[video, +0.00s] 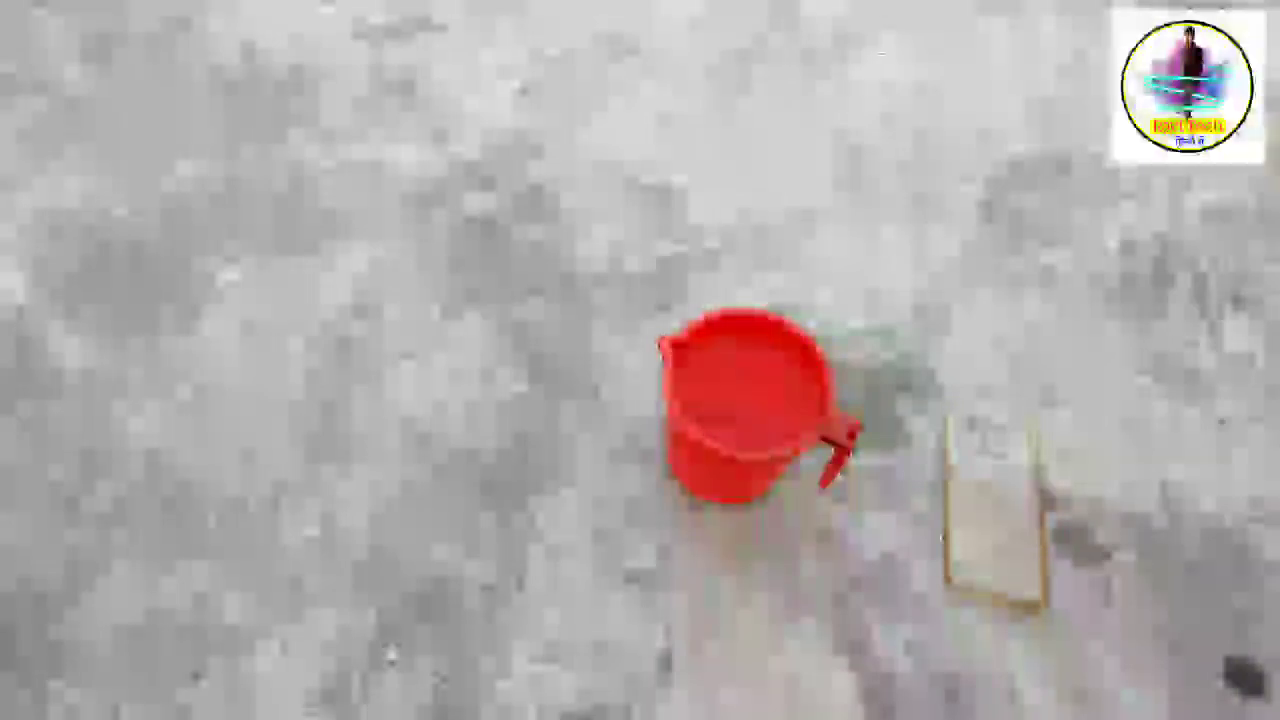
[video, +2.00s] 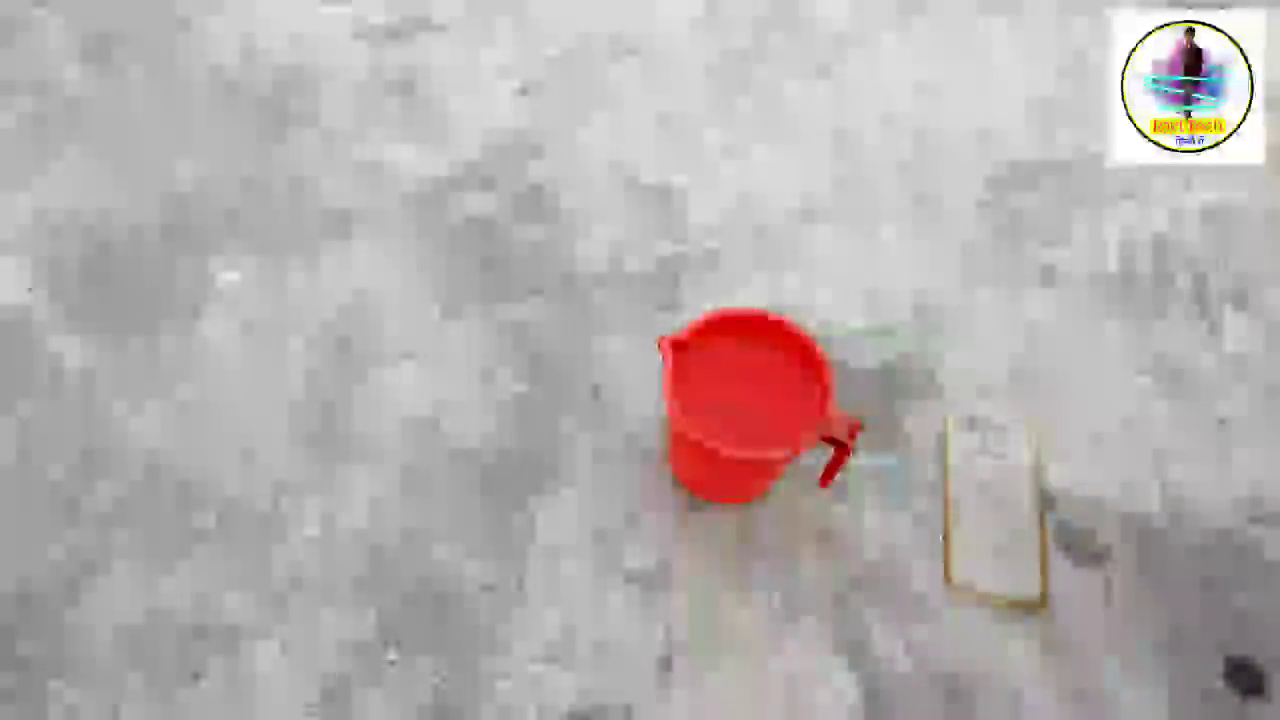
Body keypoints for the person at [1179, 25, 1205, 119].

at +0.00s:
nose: (1189, 38)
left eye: (1191, 35)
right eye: (1187, 35)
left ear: (1194, 36)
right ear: (1184, 36)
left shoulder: (1198, 50)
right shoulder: (1182, 50)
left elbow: (1200, 64)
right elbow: (1176, 62)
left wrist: (1198, 74)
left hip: (1194, 75)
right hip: (1184, 74)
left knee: (1191, 93)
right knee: (1185, 93)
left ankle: (1189, 111)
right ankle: (1186, 112)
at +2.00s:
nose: (1188, 38)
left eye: (1190, 35)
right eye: (1187, 35)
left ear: (1193, 36)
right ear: (1184, 36)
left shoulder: (1197, 49)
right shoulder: (1181, 49)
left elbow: (1199, 63)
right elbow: (1176, 61)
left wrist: (1198, 73)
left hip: (1193, 74)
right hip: (1183, 73)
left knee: (1191, 92)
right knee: (1185, 92)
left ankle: (1189, 111)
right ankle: (1186, 111)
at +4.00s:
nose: (1187, 37)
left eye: (1189, 35)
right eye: (1185, 35)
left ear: (1193, 36)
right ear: (1183, 36)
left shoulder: (1197, 50)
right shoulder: (1183, 48)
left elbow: (1199, 67)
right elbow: (1182, 62)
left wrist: (1194, 81)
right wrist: (1181, 72)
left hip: (1191, 76)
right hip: (1183, 75)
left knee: (1187, 97)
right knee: (1185, 96)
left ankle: (1188, 116)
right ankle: (1186, 113)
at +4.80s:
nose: (1187, 37)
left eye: (1189, 35)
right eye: (1185, 35)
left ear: (1193, 36)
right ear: (1183, 36)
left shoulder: (1197, 50)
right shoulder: (1183, 48)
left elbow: (1198, 67)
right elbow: (1182, 62)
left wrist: (1194, 81)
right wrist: (1181, 73)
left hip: (1190, 76)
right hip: (1183, 75)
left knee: (1187, 98)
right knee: (1185, 97)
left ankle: (1188, 117)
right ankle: (1186, 114)